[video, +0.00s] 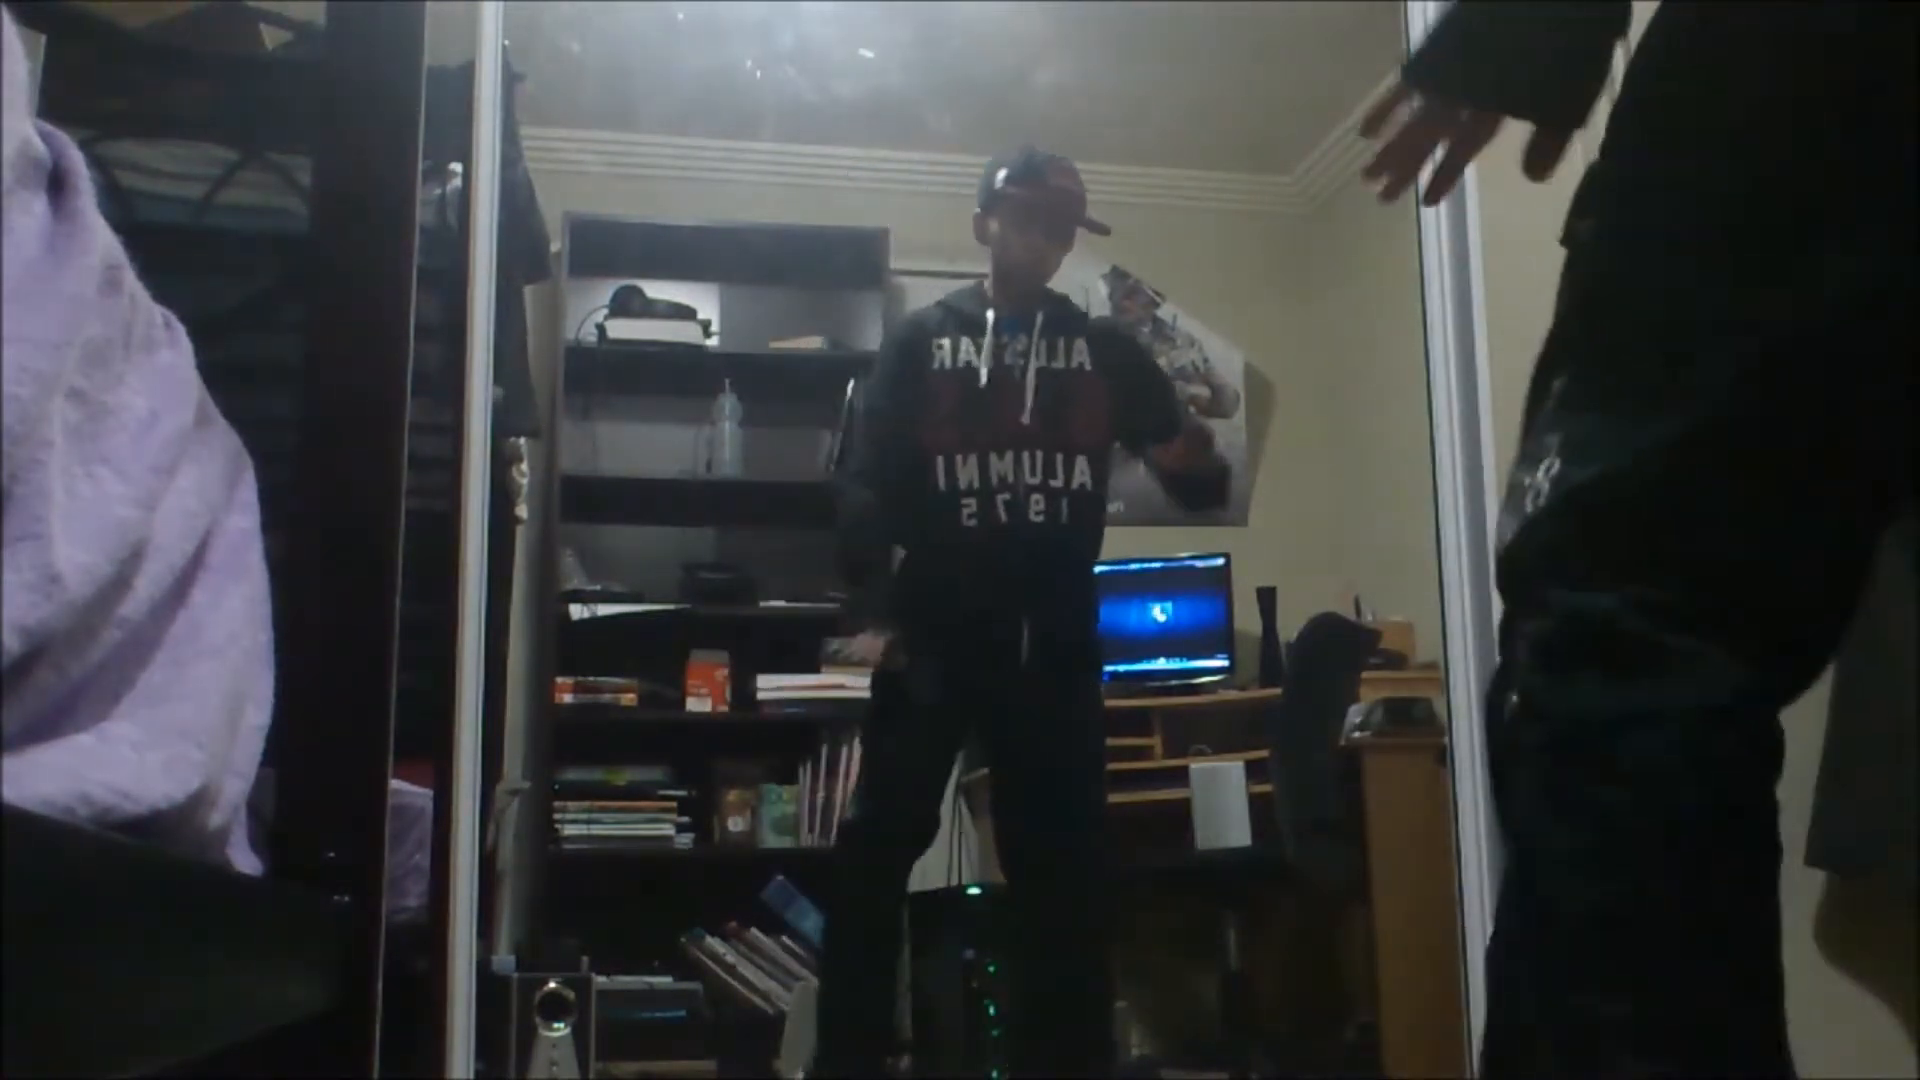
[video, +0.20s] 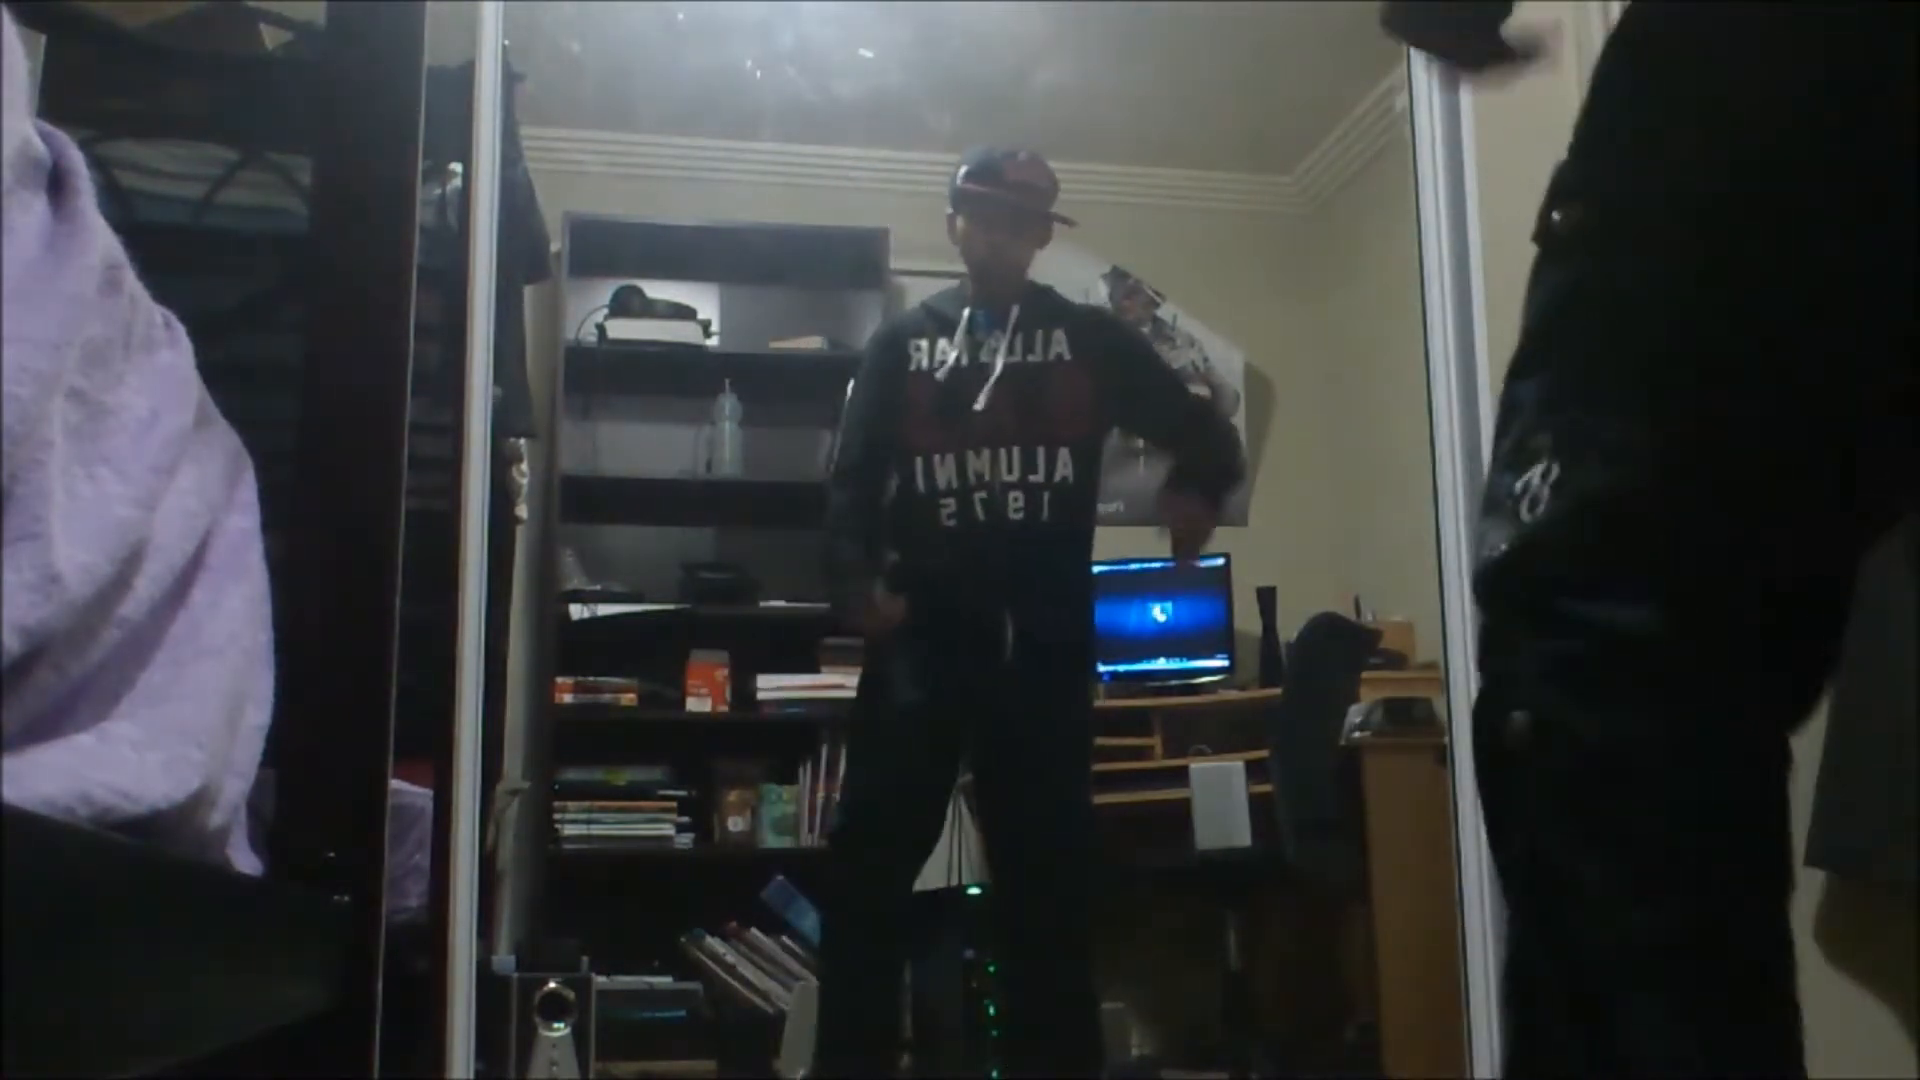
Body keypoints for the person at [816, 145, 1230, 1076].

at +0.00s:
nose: (1051, 238)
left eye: (1064, 225)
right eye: (1033, 217)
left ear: (1075, 237)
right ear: (987, 222)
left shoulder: (1107, 347)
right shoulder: (921, 339)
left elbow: (1202, 484)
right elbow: (864, 480)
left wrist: (1179, 441)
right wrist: (869, 605)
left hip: (1052, 628)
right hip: (934, 625)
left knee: (1060, 862)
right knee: (875, 853)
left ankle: (1067, 1063)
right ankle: (852, 1062)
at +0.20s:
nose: (999, 235)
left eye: (1020, 218)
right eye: (985, 214)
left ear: (1048, 229)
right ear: (956, 221)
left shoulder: (1092, 339)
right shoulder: (902, 339)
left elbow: (1208, 432)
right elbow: (851, 478)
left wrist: (1196, 491)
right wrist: (859, 582)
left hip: (1043, 634)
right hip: (921, 634)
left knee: (1045, 869)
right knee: (865, 868)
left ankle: (1055, 1066)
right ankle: (851, 1067)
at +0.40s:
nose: (974, 237)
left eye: (995, 220)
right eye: (958, 217)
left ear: (1028, 229)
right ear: (934, 224)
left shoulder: (1079, 334)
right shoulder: (887, 334)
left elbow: (1145, 470)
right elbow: (811, 471)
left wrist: (1195, 598)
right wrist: (864, 574)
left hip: (1035, 639)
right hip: (912, 635)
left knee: (1047, 884)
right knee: (852, 871)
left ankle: (1058, 1068)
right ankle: (828, 1068)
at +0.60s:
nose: (959, 240)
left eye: (980, 224)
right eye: (943, 222)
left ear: (1012, 234)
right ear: (920, 229)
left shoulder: (1060, 337)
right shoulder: (876, 345)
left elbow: (1097, 470)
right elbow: (853, 493)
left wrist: (1131, 557)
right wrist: (846, 589)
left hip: (1026, 633)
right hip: (905, 632)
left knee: (1059, 858)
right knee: (840, 850)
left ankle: (1097, 1062)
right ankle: (761, 1058)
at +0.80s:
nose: (916, 245)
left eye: (939, 229)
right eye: (906, 226)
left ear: (980, 237)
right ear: (890, 233)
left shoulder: (1039, 337)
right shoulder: (867, 356)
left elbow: (1081, 480)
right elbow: (833, 512)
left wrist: (1014, 504)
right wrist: (754, 569)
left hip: (1006, 636)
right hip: (893, 638)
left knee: (1025, 870)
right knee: (833, 850)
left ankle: (1044, 1066)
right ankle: (813, 1060)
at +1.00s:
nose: (880, 239)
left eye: (900, 222)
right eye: (868, 223)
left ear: (942, 230)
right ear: (854, 229)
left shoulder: (1004, 332)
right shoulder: (838, 357)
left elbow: (1055, 475)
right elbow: (787, 492)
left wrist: (964, 529)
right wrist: (721, 559)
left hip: (982, 641)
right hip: (868, 643)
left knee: (1001, 873)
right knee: (817, 850)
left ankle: (1011, 1064)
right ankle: (817, 1059)